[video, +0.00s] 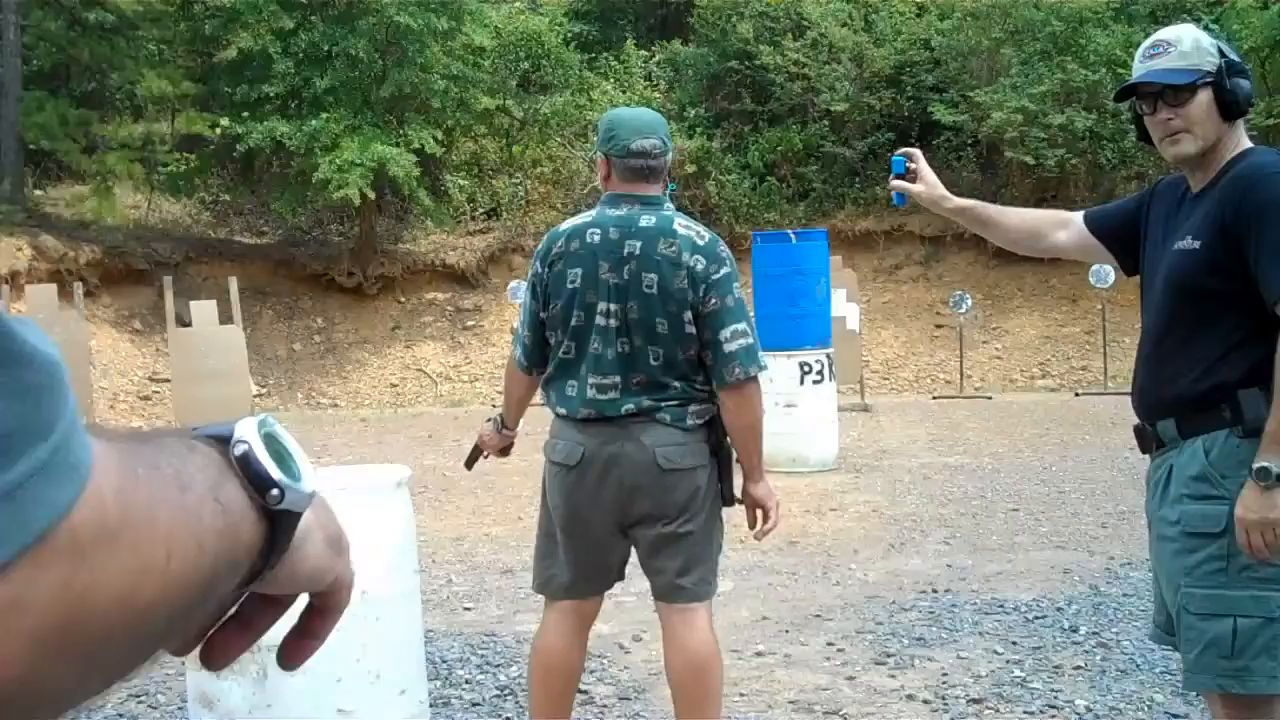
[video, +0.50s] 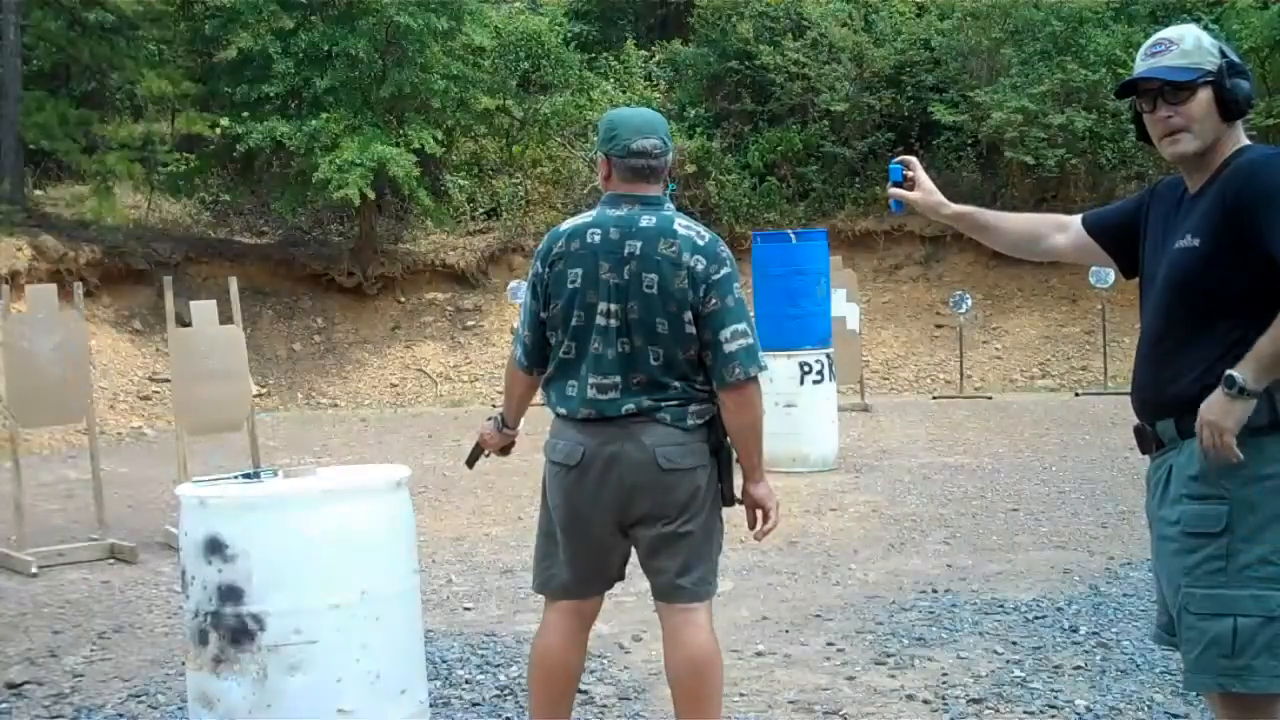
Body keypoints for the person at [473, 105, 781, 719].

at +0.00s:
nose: (595, 170)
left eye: (596, 162)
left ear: (604, 168)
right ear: (669, 168)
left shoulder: (560, 244)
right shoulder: (702, 248)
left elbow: (528, 356)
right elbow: (736, 376)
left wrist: (505, 423)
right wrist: (754, 474)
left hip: (580, 452)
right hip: (676, 452)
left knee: (567, 608)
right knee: (686, 610)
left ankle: (547, 715)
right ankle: (702, 715)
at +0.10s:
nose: (595, 170)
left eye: (596, 162)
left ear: (604, 168)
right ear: (669, 169)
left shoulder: (560, 244)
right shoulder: (702, 248)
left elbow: (528, 355)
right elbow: (736, 375)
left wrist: (505, 422)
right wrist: (754, 474)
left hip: (580, 452)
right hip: (676, 452)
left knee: (567, 608)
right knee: (686, 610)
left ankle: (548, 715)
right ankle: (701, 715)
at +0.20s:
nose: (595, 170)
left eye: (597, 162)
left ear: (604, 169)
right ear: (669, 168)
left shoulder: (560, 244)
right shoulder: (702, 248)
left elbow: (529, 355)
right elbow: (736, 376)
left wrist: (505, 422)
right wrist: (754, 474)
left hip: (579, 452)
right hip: (675, 451)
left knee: (567, 607)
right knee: (686, 610)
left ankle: (548, 714)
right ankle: (702, 715)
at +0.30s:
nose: (595, 170)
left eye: (596, 163)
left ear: (604, 168)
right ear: (669, 169)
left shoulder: (560, 244)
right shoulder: (702, 249)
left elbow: (529, 356)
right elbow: (736, 377)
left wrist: (505, 421)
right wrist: (754, 475)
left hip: (580, 452)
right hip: (675, 452)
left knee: (567, 608)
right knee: (686, 610)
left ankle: (548, 714)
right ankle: (702, 715)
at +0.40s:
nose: (595, 170)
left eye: (597, 162)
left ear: (604, 168)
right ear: (669, 168)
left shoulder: (560, 244)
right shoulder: (702, 249)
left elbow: (529, 356)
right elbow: (736, 377)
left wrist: (505, 422)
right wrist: (754, 474)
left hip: (580, 452)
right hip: (676, 452)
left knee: (567, 608)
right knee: (686, 610)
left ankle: (547, 715)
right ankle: (702, 715)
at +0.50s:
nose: (596, 170)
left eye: (597, 162)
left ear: (605, 168)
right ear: (669, 169)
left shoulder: (561, 244)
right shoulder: (702, 249)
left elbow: (529, 356)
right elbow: (736, 376)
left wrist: (505, 422)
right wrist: (754, 474)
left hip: (580, 452)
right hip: (676, 452)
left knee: (567, 608)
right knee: (686, 610)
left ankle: (547, 715)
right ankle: (702, 715)